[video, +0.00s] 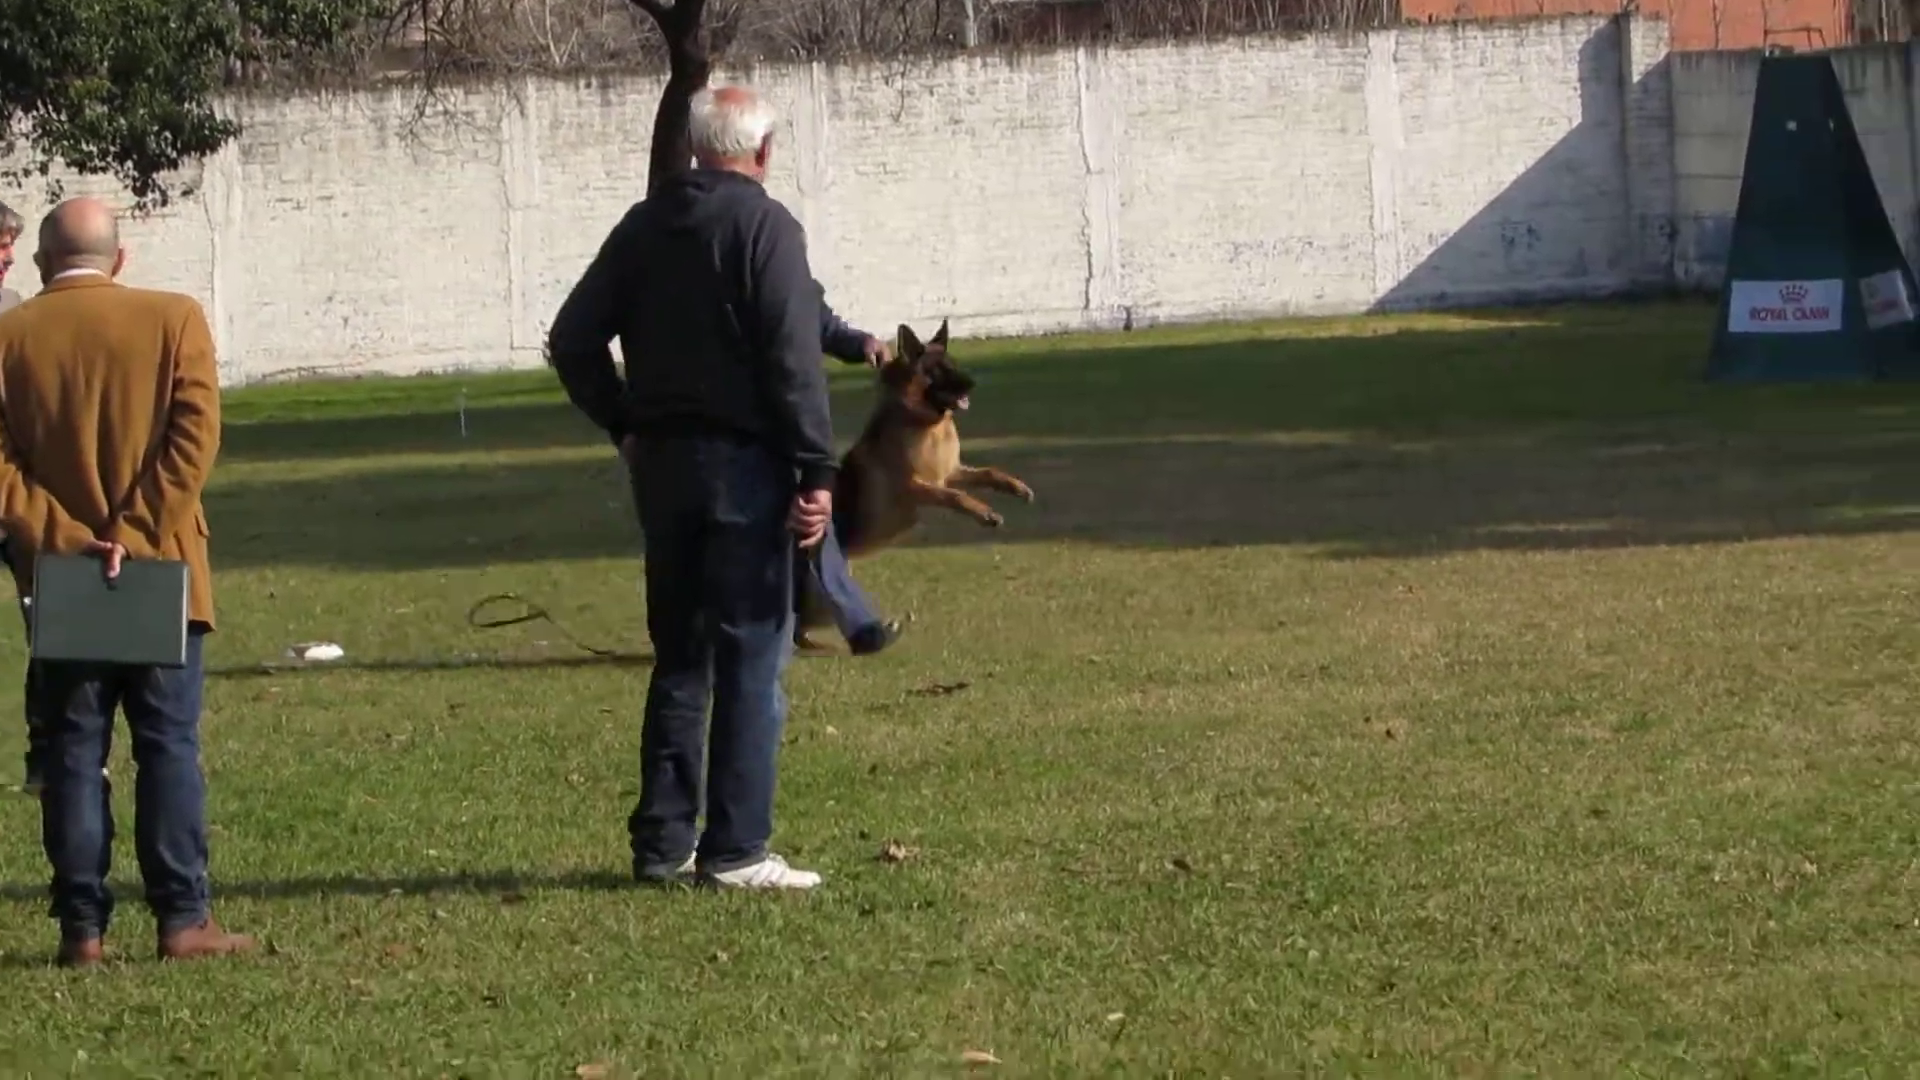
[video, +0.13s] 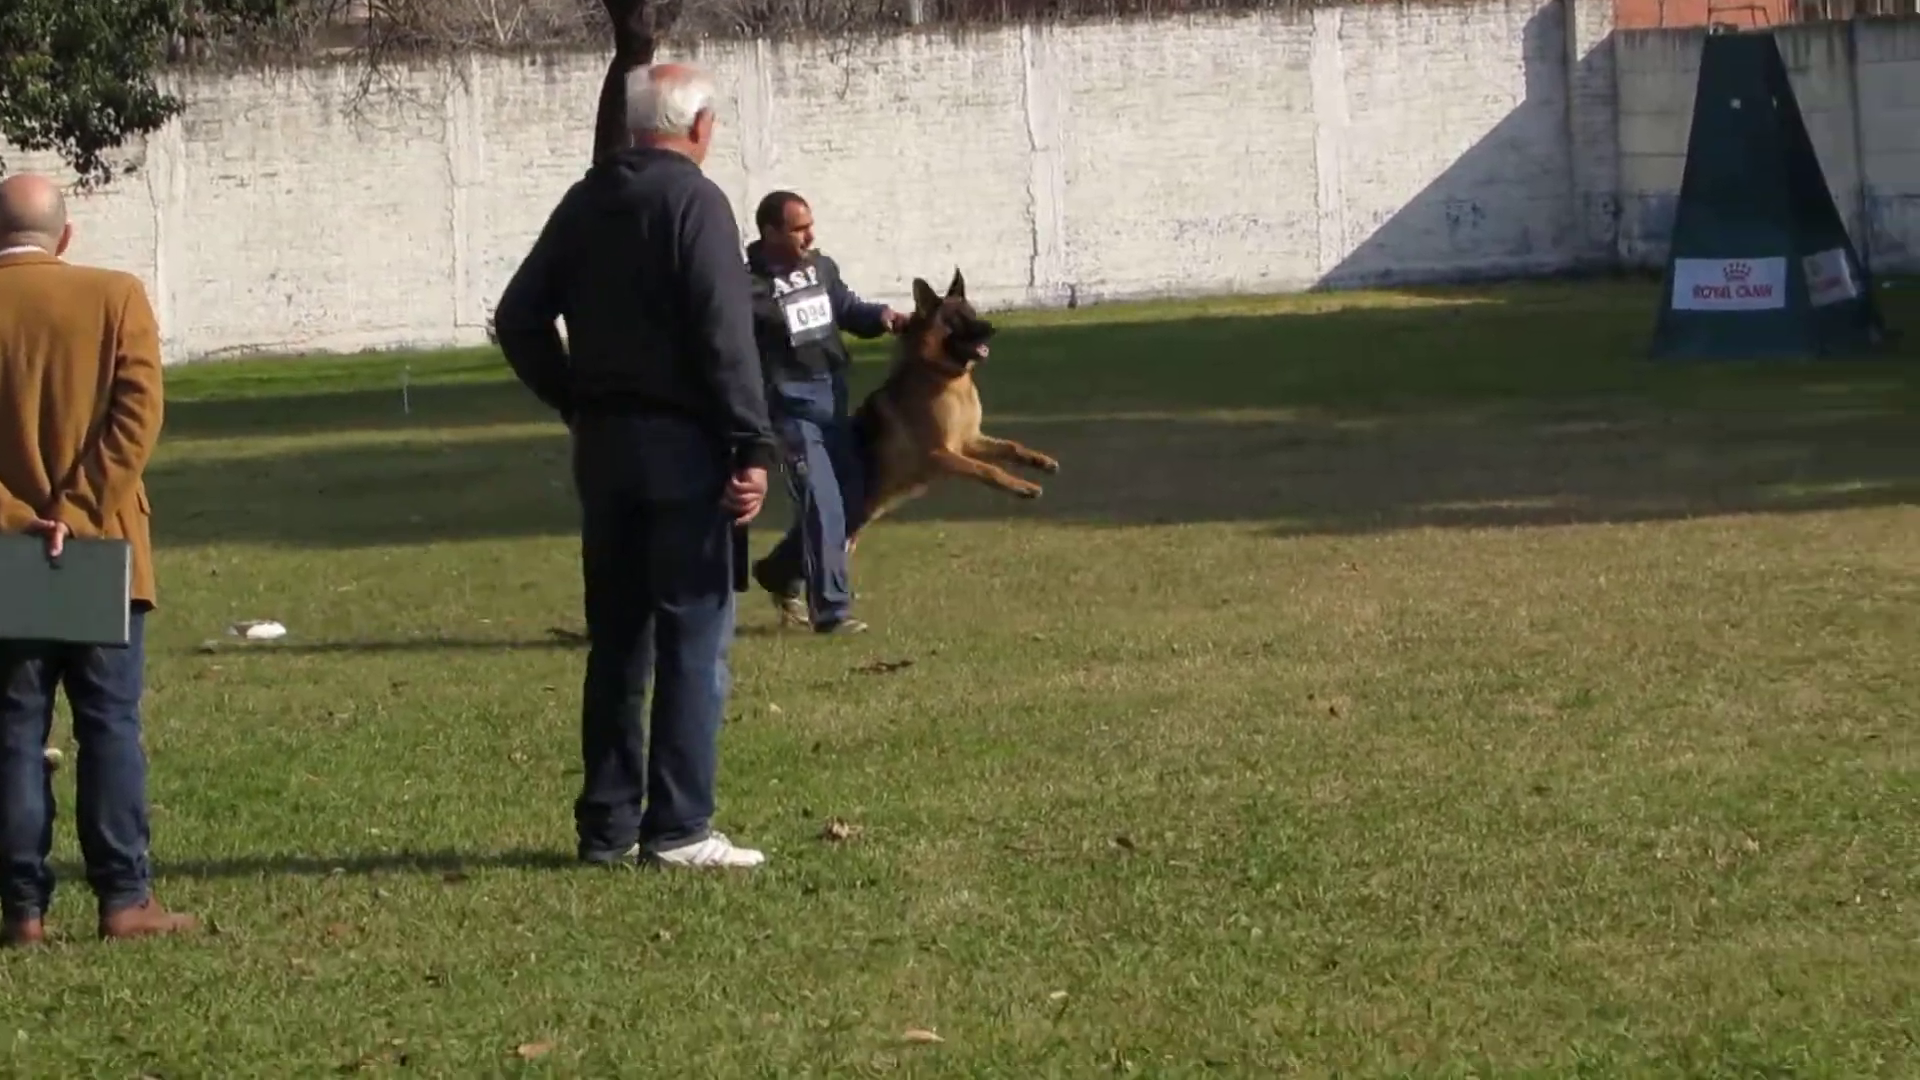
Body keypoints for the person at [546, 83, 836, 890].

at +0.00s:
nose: (774, 159)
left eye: (768, 147)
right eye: (773, 148)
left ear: (694, 144)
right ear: (760, 150)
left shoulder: (644, 222)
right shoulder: (765, 225)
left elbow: (571, 340)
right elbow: (794, 360)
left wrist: (627, 424)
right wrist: (815, 470)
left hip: (663, 469)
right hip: (745, 470)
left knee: (678, 656)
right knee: (753, 656)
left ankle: (663, 844)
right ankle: (738, 851)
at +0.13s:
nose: (716, 135)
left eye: (713, 121)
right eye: (713, 123)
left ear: (634, 121)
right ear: (696, 127)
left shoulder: (585, 198)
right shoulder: (696, 201)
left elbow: (517, 318)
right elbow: (726, 335)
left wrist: (580, 401)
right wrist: (752, 447)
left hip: (605, 450)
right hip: (686, 450)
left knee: (615, 635)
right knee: (696, 637)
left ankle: (608, 824)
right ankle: (681, 828)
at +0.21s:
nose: (662, 122)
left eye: (659, 108)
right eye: (658, 109)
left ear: (583, 109)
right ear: (636, 112)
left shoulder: (534, 183)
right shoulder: (639, 186)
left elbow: (468, 307)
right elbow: (667, 323)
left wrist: (535, 394)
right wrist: (694, 435)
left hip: (554, 439)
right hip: (633, 439)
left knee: (563, 628)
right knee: (645, 631)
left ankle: (556, 814)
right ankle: (629, 817)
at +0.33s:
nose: (578, 101)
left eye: (576, 86)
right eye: (572, 88)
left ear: (503, 92)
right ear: (541, 94)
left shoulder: (449, 166)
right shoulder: (547, 169)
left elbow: (386, 292)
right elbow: (574, 301)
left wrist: (448, 376)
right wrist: (599, 416)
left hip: (470, 423)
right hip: (543, 421)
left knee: (480, 611)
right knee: (563, 614)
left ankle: (477, 799)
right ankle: (549, 801)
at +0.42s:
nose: (507, 94)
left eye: (506, 78)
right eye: (502, 79)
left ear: (435, 82)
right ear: (469, 82)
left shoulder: (379, 155)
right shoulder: (473, 158)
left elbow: (317, 282)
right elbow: (499, 288)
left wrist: (378, 366)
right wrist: (523, 405)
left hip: (398, 412)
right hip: (472, 411)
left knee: (408, 602)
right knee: (493, 606)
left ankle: (407, 790)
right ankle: (480, 792)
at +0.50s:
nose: (421, 86)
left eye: (421, 70)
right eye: (417, 71)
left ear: (351, 72)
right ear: (384, 73)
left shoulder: (296, 147)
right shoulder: (387, 151)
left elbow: (233, 275)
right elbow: (413, 280)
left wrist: (295, 359)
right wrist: (436, 396)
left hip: (313, 406)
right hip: (386, 406)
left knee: (322, 596)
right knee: (406, 597)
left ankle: (325, 783)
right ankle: (397, 784)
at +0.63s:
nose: (300, 80)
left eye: (300, 65)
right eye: (296, 66)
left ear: (231, 63)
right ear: (263, 63)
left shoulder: (176, 136)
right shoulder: (263, 139)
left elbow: (113, 267)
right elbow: (287, 268)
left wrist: (173, 348)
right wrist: (311, 386)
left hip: (193, 393)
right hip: (261, 393)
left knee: (204, 586)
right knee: (289, 586)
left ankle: (210, 775)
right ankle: (283, 776)